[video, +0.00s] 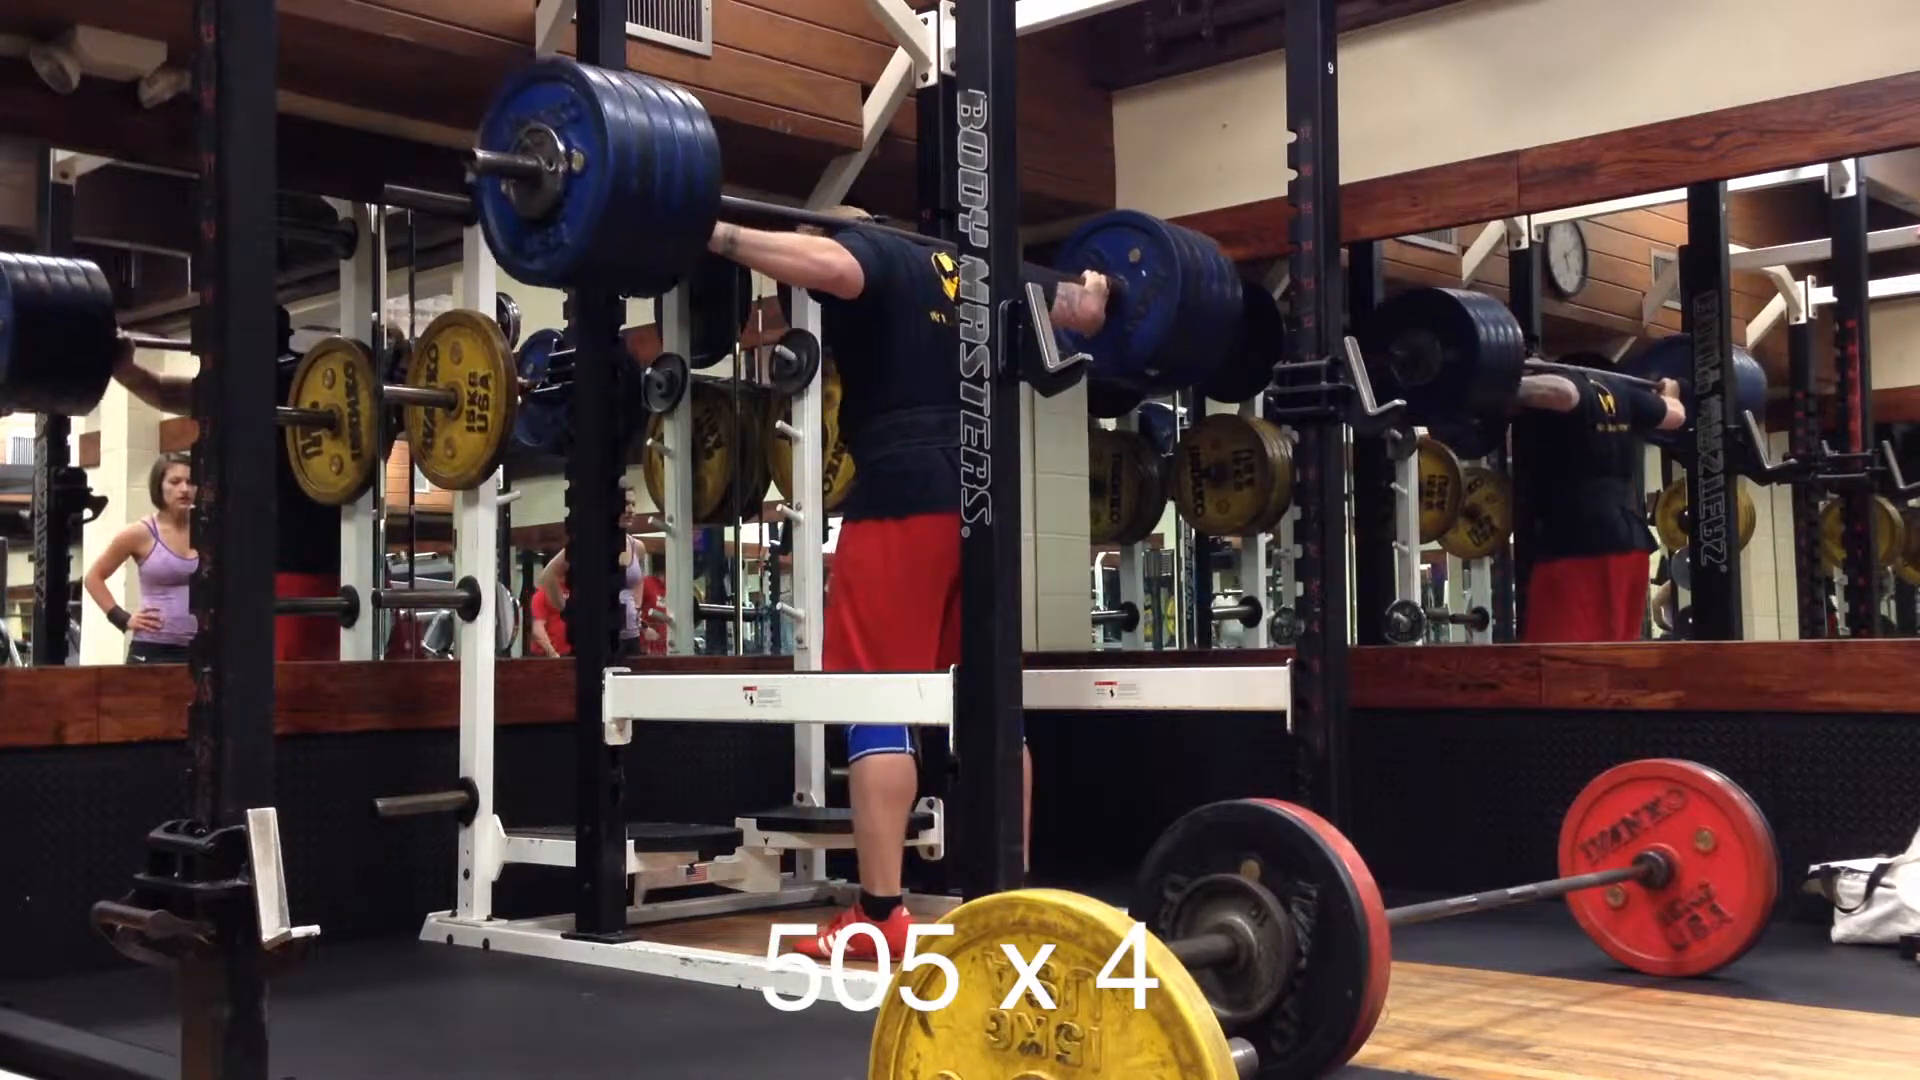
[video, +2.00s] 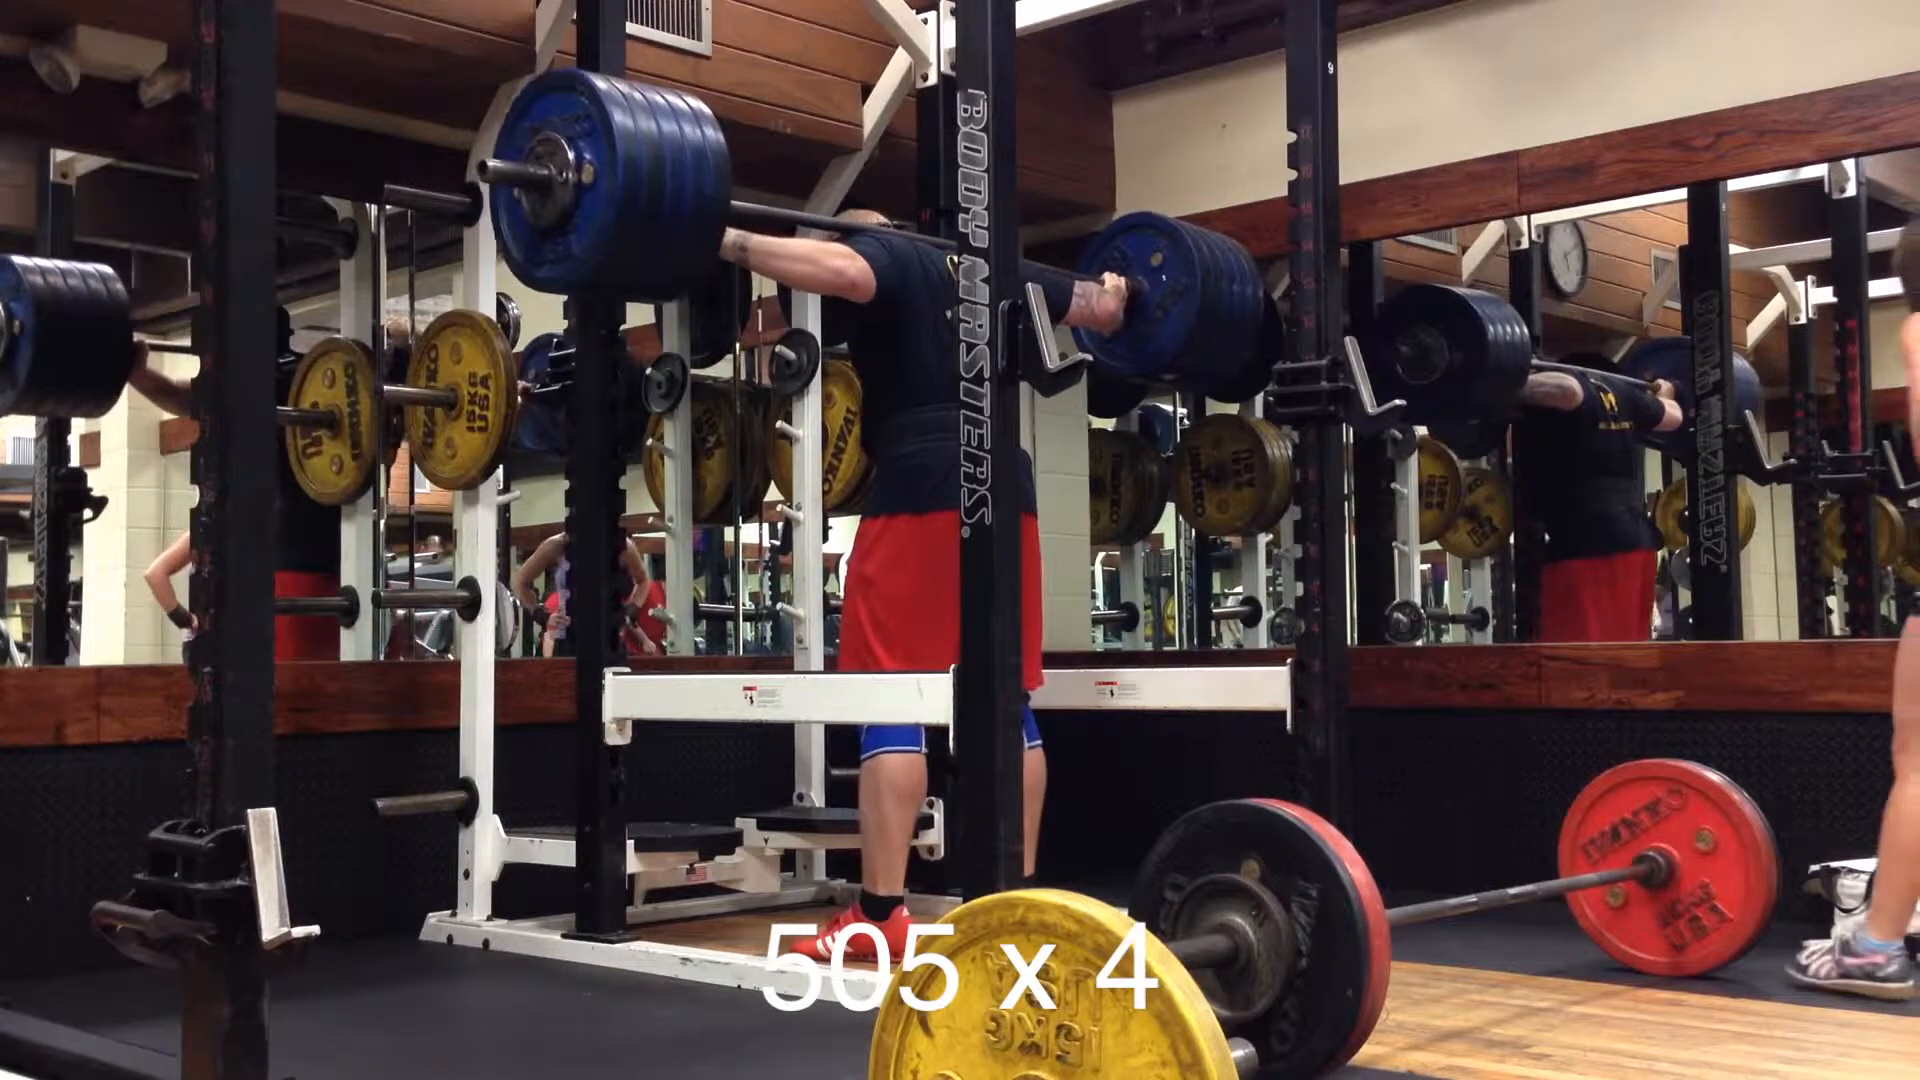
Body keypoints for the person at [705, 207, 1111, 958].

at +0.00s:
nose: (822, 249)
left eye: (822, 239)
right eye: (819, 241)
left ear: (846, 231)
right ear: (906, 223)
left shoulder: (876, 246)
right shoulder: (983, 270)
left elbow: (836, 268)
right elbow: (1081, 309)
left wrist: (720, 235)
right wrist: (1092, 296)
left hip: (907, 500)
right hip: (998, 498)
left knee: (877, 706)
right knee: (994, 706)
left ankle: (880, 911)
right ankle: (1010, 895)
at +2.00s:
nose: (835, 254)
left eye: (833, 245)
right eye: (833, 247)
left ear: (856, 240)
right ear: (902, 226)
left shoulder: (886, 252)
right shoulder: (989, 268)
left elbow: (846, 270)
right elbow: (1098, 307)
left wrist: (730, 241)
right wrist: (1114, 291)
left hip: (918, 498)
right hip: (1007, 498)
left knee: (893, 709)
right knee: (1011, 711)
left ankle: (882, 909)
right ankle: (1016, 901)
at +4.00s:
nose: (832, 250)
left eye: (831, 241)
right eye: (830, 242)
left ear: (853, 235)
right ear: (902, 223)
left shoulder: (878, 249)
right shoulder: (987, 266)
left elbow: (840, 270)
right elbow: (1097, 308)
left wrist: (724, 239)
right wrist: (1120, 289)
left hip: (916, 500)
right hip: (1002, 501)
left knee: (897, 707)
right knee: (1007, 710)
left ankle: (882, 910)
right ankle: (1013, 904)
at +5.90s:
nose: (838, 294)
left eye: (840, 280)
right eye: (839, 283)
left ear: (860, 272)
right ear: (908, 264)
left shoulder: (876, 301)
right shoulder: (970, 313)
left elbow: (835, 328)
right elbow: (1071, 342)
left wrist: (715, 302)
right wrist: (1105, 343)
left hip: (947, 527)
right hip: (1045, 524)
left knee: (851, 703)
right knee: (1006, 713)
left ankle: (876, 911)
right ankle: (1013, 902)